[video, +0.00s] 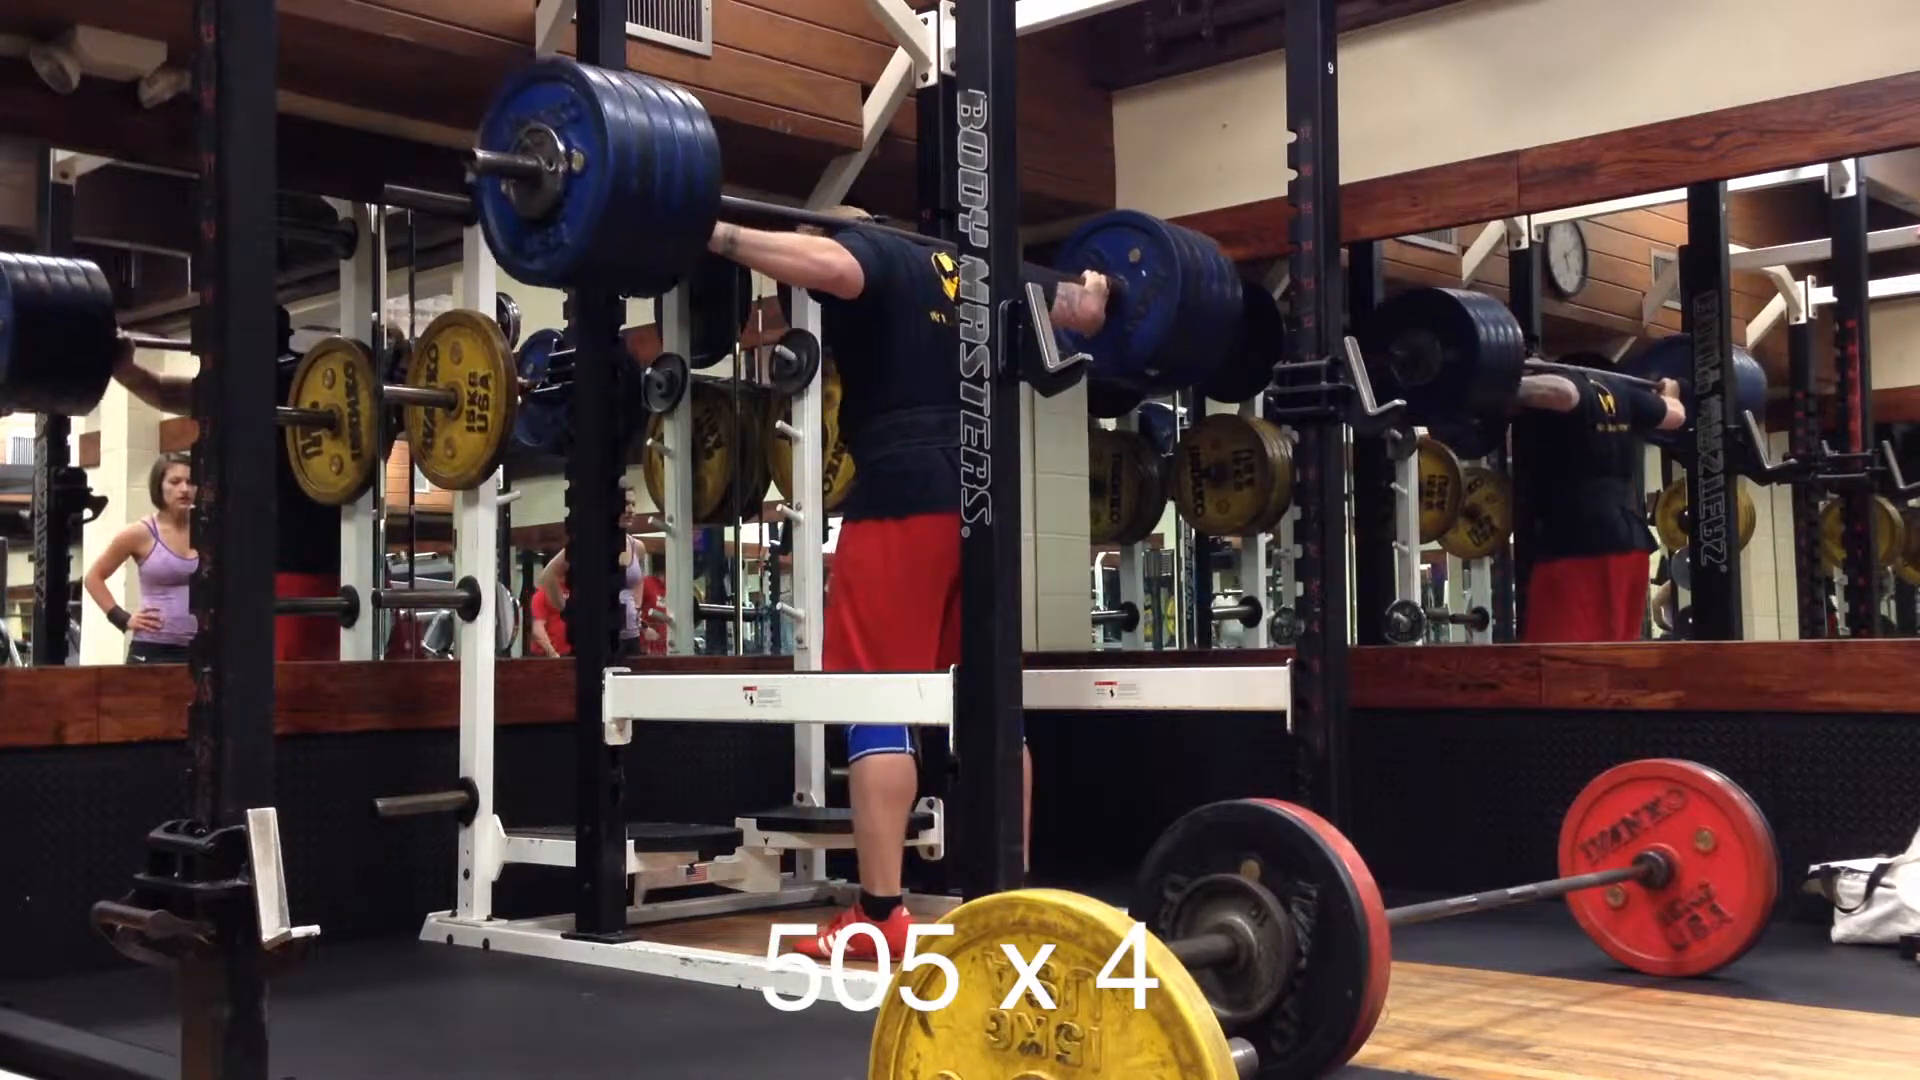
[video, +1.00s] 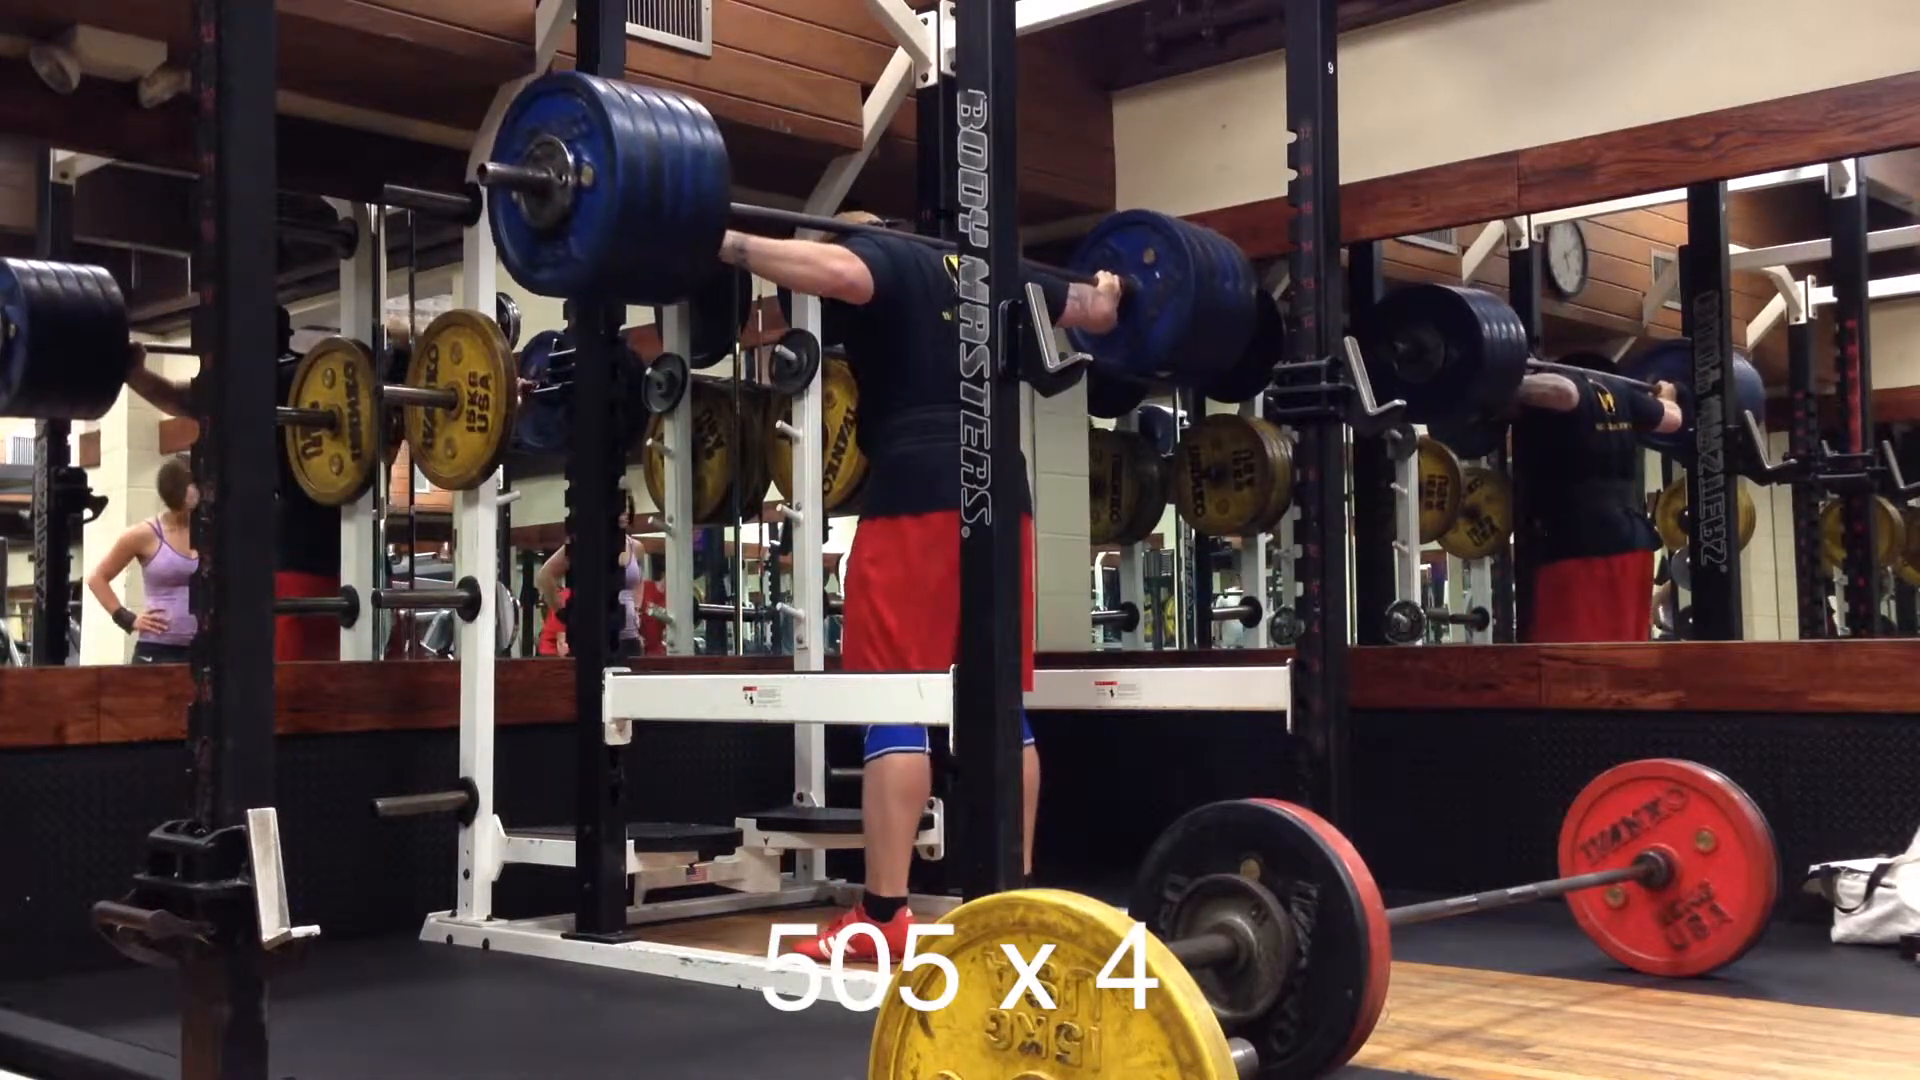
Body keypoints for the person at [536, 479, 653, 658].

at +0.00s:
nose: (629, 510)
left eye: (632, 505)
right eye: (624, 504)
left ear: (636, 508)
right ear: (609, 507)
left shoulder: (636, 546)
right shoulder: (588, 543)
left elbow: (638, 580)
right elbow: (548, 576)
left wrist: (636, 608)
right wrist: (564, 609)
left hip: (629, 630)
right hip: (595, 630)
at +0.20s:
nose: (629, 510)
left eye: (632, 504)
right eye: (624, 504)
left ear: (635, 507)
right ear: (609, 507)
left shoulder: (637, 546)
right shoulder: (589, 543)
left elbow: (638, 581)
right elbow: (548, 576)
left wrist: (635, 610)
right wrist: (564, 611)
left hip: (629, 630)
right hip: (595, 631)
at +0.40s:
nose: (629, 510)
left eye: (632, 504)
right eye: (624, 504)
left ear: (636, 506)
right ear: (609, 507)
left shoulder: (637, 547)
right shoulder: (587, 542)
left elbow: (638, 581)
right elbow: (548, 577)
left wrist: (636, 609)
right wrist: (565, 612)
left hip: (630, 632)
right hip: (594, 633)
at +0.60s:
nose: (630, 510)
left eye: (633, 504)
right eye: (624, 504)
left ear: (636, 506)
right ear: (609, 507)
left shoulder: (637, 546)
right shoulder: (588, 542)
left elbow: (638, 580)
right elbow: (548, 578)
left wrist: (636, 608)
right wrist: (566, 612)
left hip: (630, 631)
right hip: (595, 632)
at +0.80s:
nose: (627, 511)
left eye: (631, 505)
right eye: (622, 505)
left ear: (635, 509)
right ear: (608, 507)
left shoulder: (636, 546)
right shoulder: (588, 542)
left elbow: (638, 582)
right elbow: (548, 577)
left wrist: (636, 609)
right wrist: (565, 611)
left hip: (629, 632)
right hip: (595, 632)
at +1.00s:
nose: (624, 514)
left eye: (627, 509)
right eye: (619, 509)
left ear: (631, 512)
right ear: (606, 512)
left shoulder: (635, 547)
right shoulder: (583, 544)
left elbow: (638, 582)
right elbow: (544, 577)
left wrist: (636, 607)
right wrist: (561, 612)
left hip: (628, 631)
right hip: (592, 633)